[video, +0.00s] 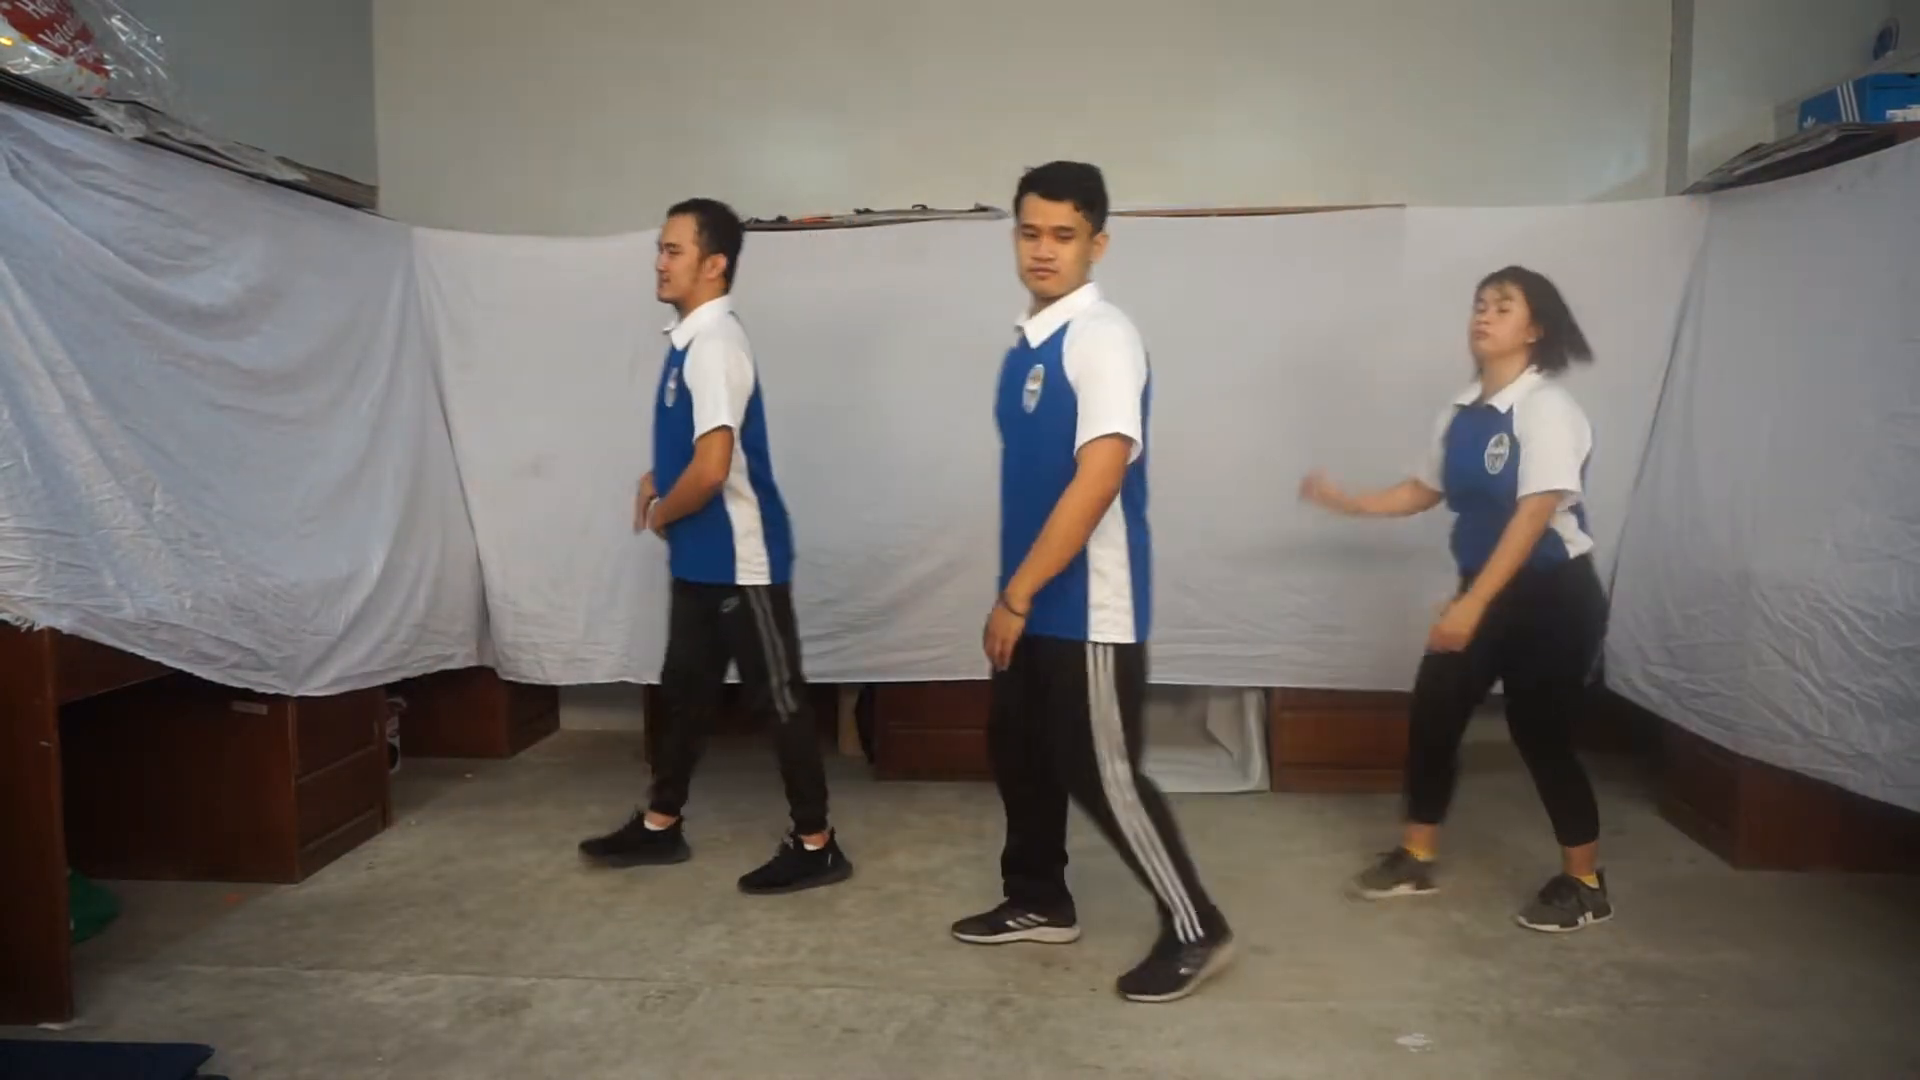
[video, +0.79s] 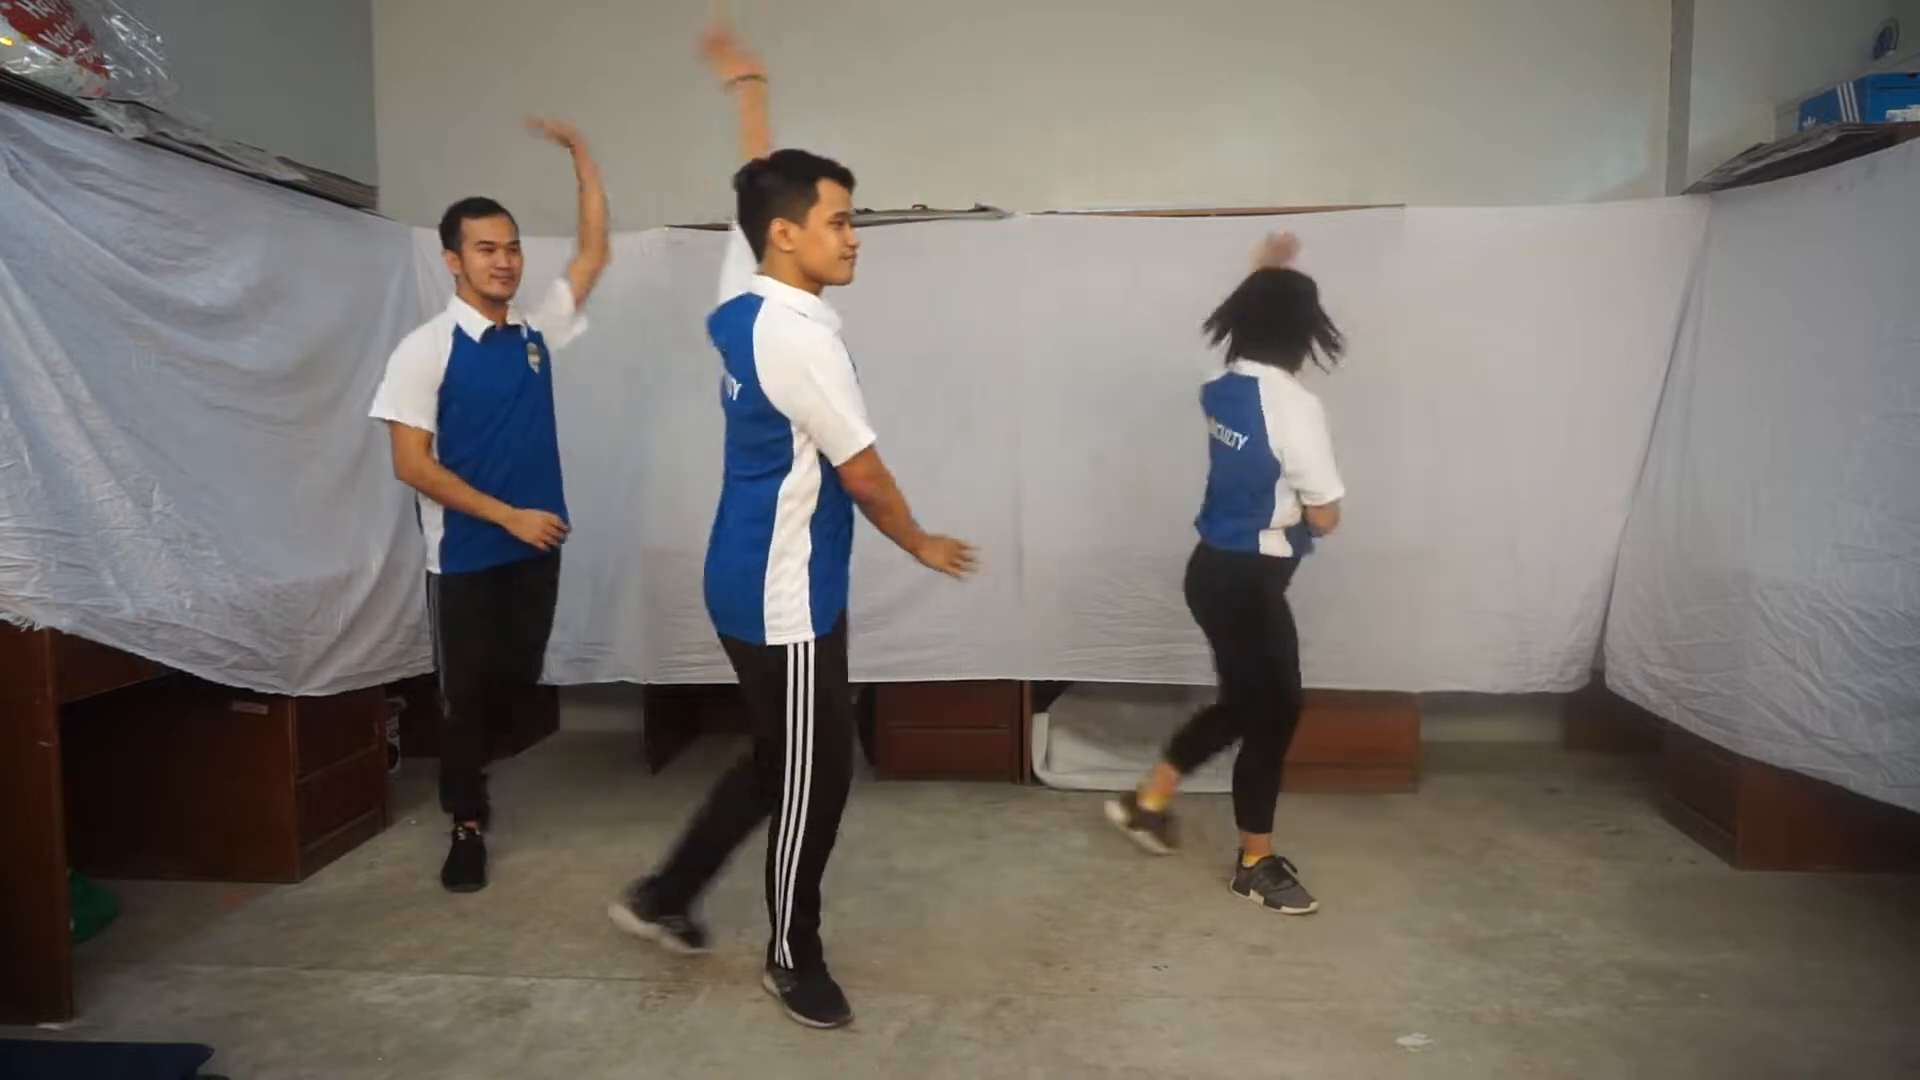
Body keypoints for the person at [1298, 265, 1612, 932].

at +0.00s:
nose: (1483, 317)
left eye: (1501, 308)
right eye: (1479, 308)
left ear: (1536, 329)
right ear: (1472, 325)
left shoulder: (1548, 409)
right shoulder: (1461, 413)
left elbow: (1534, 517)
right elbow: (1426, 491)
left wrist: (1473, 602)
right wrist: (1349, 502)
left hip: (1552, 590)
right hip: (1480, 588)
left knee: (1538, 726)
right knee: (1434, 708)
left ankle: (1584, 881)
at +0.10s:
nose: (1469, 312)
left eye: (1485, 304)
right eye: (1458, 304)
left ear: (1512, 324)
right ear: (1441, 322)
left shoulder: (1533, 400)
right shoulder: (1420, 403)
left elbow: (1549, 506)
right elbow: (1382, 488)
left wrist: (1526, 597)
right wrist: (1342, 540)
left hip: (1503, 589)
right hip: (1426, 584)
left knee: (1505, 736)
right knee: (1403, 722)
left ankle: (1560, 867)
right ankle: (1394, 859)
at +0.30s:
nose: (1437, 309)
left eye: (1445, 301)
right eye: (1419, 302)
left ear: (1459, 321)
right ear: (1388, 323)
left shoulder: (1491, 402)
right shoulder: (1362, 402)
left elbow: (1537, 501)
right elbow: (1296, 481)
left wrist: (1586, 564)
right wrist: (1291, 538)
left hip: (1457, 586)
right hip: (1371, 580)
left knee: (1460, 726)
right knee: (1355, 715)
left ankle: (1451, 863)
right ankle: (1349, 844)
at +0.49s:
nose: (1402, 328)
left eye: (1400, 316)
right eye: (1389, 317)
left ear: (1375, 332)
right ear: (1349, 331)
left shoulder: (1409, 412)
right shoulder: (1315, 411)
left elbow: (1463, 479)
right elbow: (1283, 514)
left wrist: (1552, 482)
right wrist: (1327, 563)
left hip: (1388, 594)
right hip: (1313, 593)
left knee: (1421, 725)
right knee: (1315, 735)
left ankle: (1444, 861)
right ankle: (1259, 861)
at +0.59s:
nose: (1377, 332)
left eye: (1374, 320)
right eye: (1369, 320)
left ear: (1337, 329)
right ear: (1338, 329)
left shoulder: (1351, 403)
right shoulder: (1301, 403)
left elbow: (1407, 439)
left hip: (1333, 583)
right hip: (1280, 586)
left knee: (1372, 709)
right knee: (1295, 728)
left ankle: (1404, 850)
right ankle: (1259, 859)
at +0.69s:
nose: (1341, 337)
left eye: (1342, 324)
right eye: (1336, 325)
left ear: (1274, 319)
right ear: (1316, 327)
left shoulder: (1261, 383)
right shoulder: (1303, 401)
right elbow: (1324, 514)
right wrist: (1365, 548)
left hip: (1251, 571)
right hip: (1262, 581)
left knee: (1317, 699)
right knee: (1279, 713)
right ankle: (1254, 859)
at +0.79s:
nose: (1315, 334)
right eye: (1311, 323)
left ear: (1243, 324)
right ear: (1302, 331)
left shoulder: (1222, 387)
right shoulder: (1293, 403)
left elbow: (1239, 328)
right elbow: (1325, 516)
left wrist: (1262, 273)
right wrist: (1292, 498)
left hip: (1208, 570)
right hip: (1252, 582)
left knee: (1241, 702)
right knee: (1274, 714)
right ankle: (1255, 859)